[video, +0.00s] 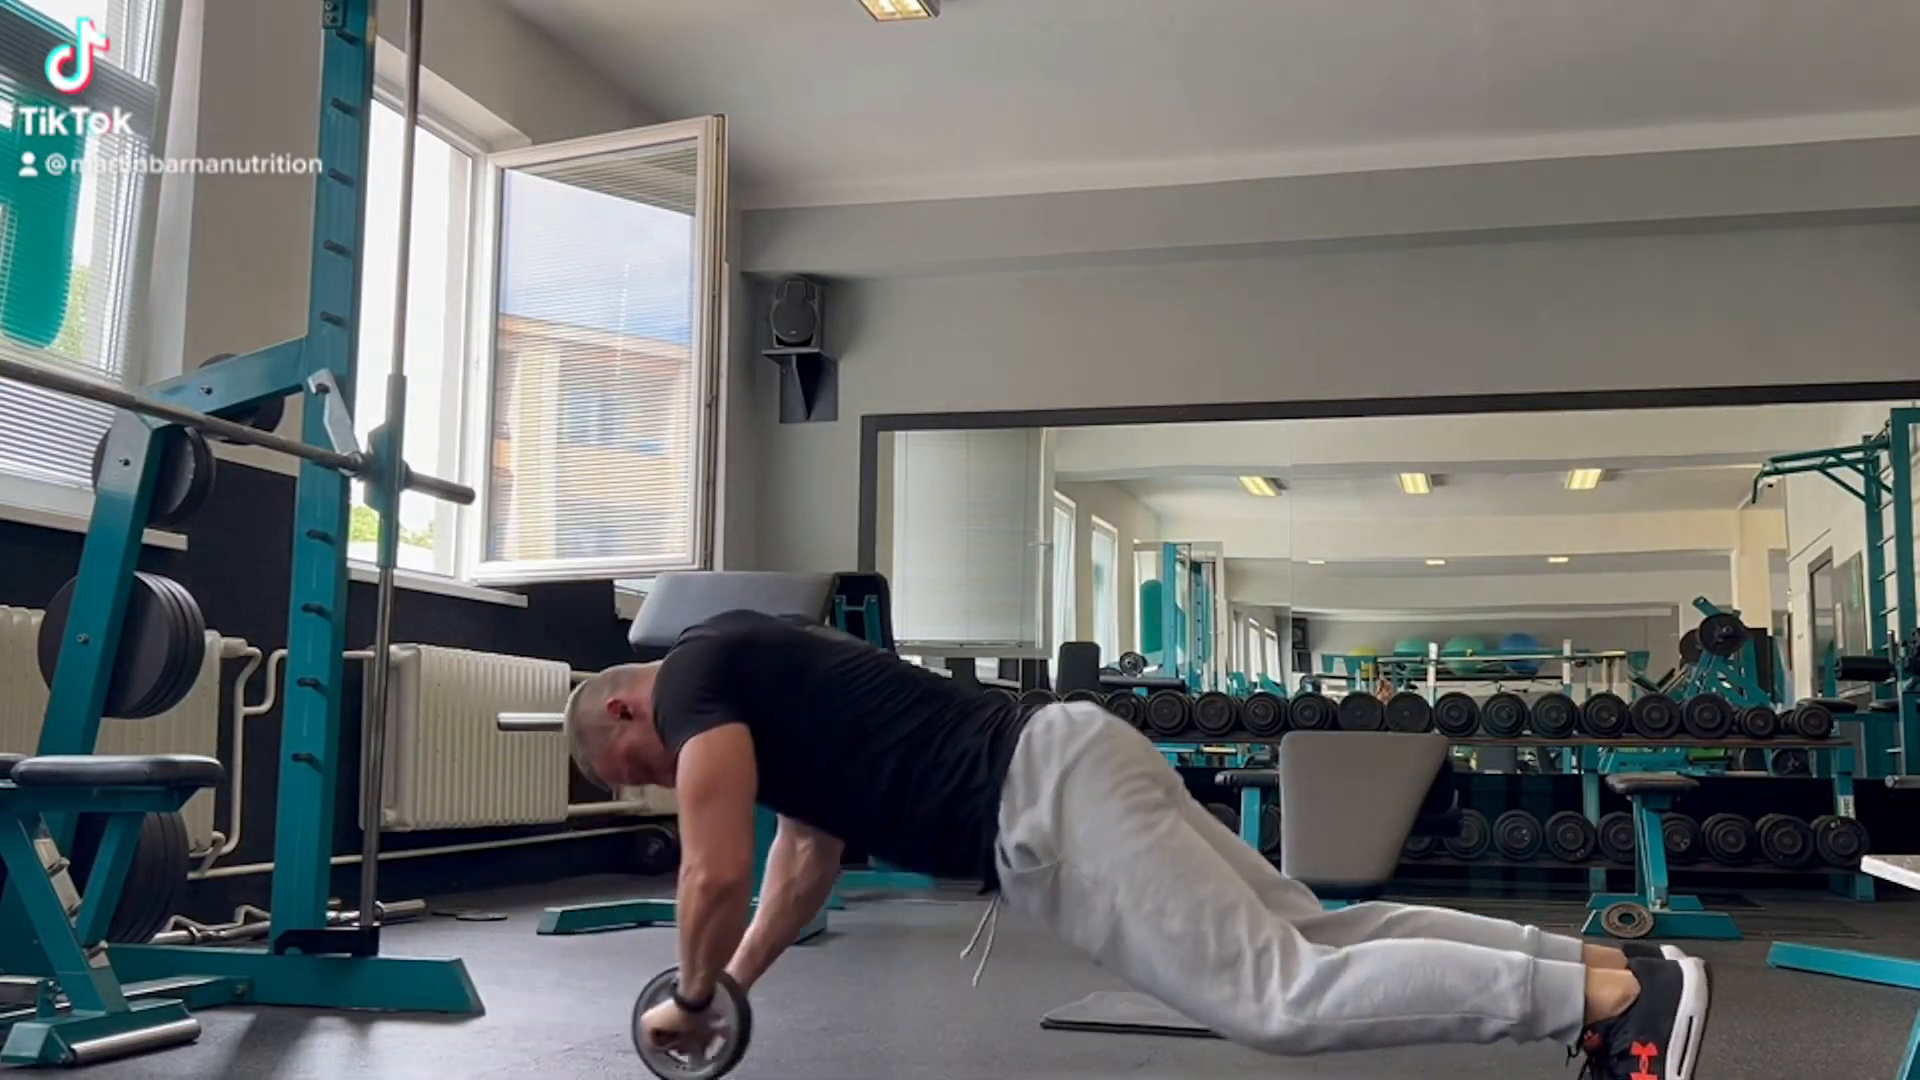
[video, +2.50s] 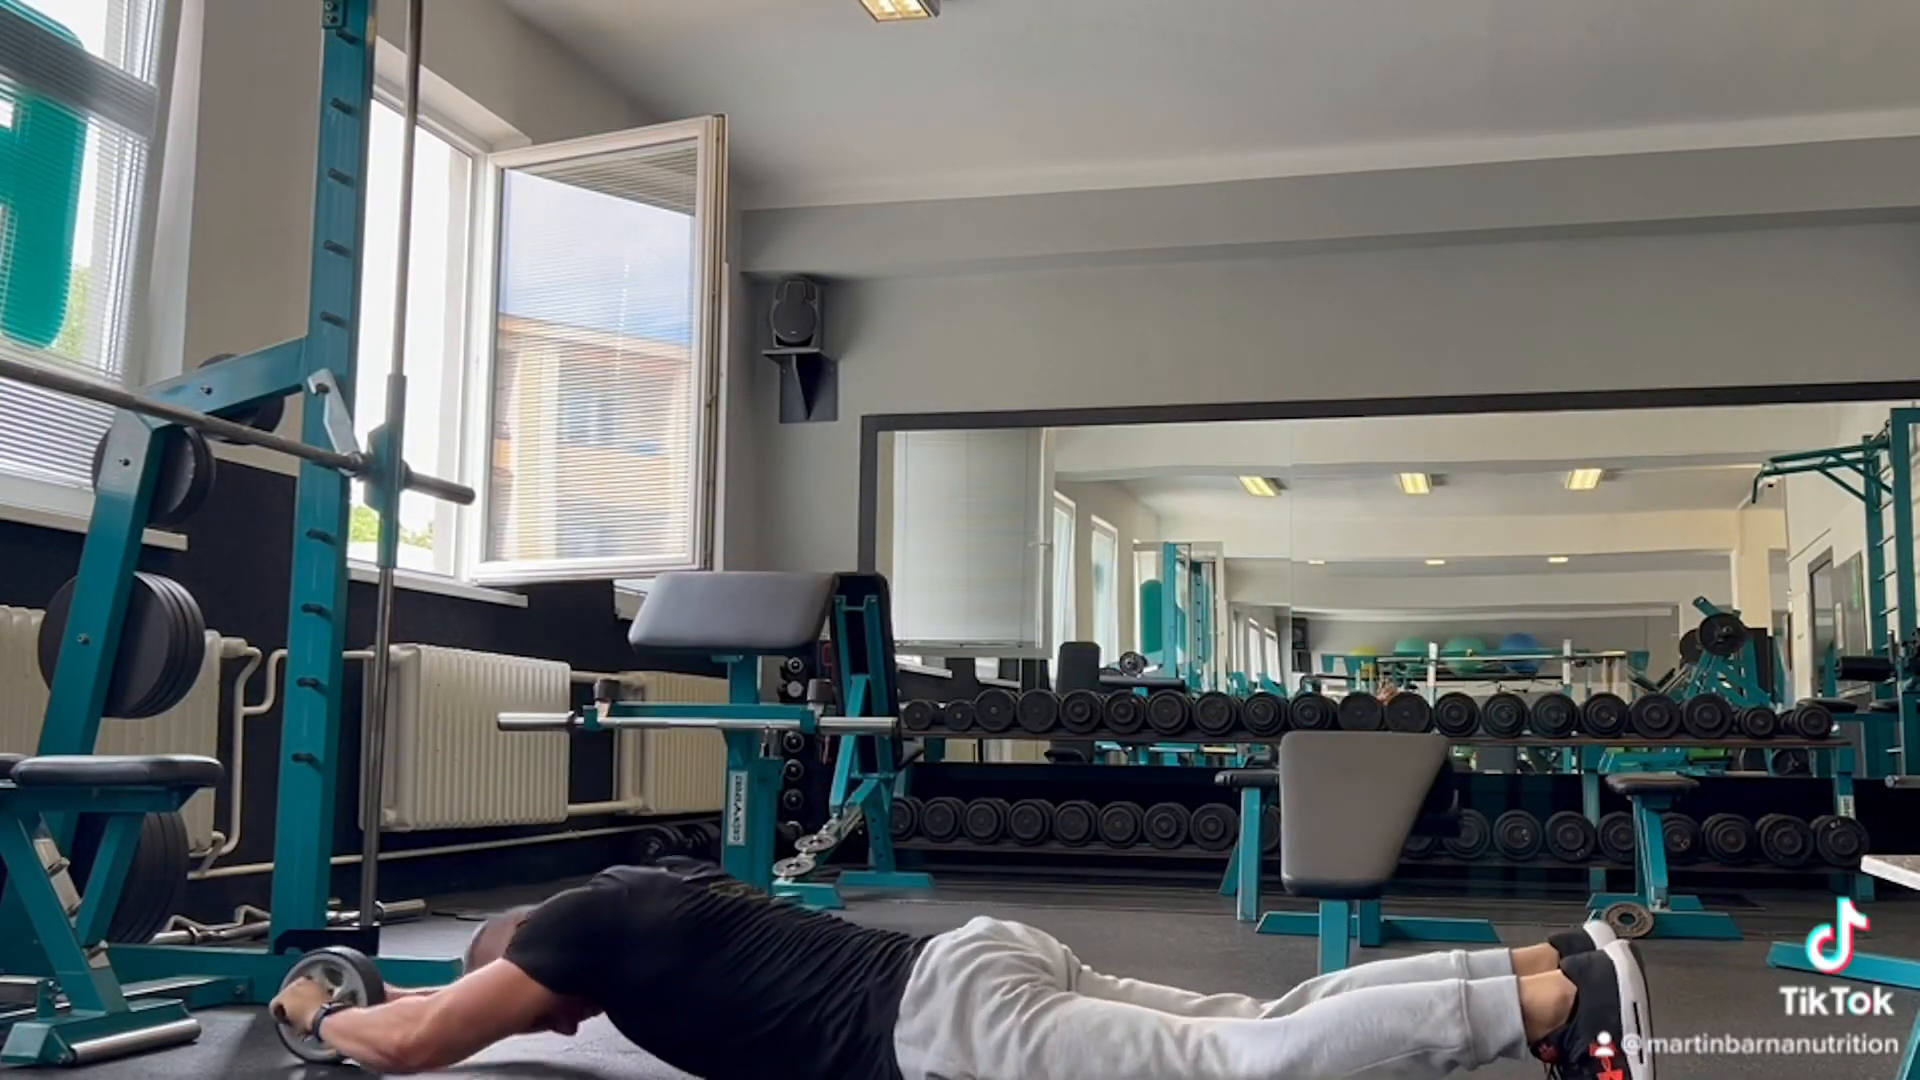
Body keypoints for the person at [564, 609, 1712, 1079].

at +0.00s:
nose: (649, 790)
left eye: (626, 774)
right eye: (635, 785)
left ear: (617, 706)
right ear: (641, 706)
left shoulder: (698, 670)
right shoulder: (763, 679)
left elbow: (720, 878)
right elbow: (808, 856)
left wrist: (689, 990)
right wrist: (737, 975)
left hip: (1053, 790)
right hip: (1065, 788)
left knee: (1285, 991)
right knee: (1301, 942)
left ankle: (1605, 993)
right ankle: (1598, 974)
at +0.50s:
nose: (981, 746)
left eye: (952, 731)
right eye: (955, 742)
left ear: (958, 662)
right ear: (962, 652)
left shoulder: (1065, 614)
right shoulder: (1066, 620)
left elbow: (1124, 840)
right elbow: (1137, 836)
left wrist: (1120, 1004)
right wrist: (1123, 991)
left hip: (1394, 526)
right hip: (1386, 534)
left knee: (1499, 822)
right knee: (1491, 819)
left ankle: (1742, 1040)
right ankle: (1680, 1010)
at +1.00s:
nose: (1154, 765)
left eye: (1133, 746)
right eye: (1133, 757)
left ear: (1155, 684)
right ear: (1164, 668)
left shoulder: (1264, 640)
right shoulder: (1272, 632)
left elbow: (1408, 851)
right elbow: (1418, 822)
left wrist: (1477, 1023)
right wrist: (1475, 998)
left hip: (1579, 490)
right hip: (1581, 484)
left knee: (1577, 794)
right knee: (1577, 789)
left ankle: (1772, 1056)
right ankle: (1715, 1024)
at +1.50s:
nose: (742, 682)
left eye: (730, 656)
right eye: (728, 664)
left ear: (764, 608)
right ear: (791, 597)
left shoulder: (853, 632)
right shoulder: (911, 643)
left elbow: (832, 847)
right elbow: (894, 863)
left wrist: (787, 990)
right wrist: (819, 987)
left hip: (1201, 637)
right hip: (1209, 639)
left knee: (1367, 903)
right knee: (1364, 893)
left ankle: (1675, 1007)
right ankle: (1659, 996)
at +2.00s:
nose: (559, 878)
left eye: (548, 857)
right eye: (549, 868)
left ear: (565, 795)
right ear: (597, 787)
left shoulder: (633, 800)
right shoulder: (701, 795)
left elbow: (536, 983)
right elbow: (637, 964)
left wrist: (452, 1016)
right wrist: (512, 997)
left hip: (987, 914)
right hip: (1013, 870)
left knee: (1250, 1044)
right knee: (1269, 988)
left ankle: (1567, 1003)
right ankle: (1566, 991)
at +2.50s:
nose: (496, 986)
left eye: (498, 969)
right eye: (496, 974)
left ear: (534, 925)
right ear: (579, 898)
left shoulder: (598, 920)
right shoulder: (663, 913)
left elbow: (403, 1047)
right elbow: (557, 1025)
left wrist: (327, 1013)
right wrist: (421, 1026)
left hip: (938, 1009)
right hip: (959, 961)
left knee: (1240, 1049)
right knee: (1240, 1022)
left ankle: (1534, 997)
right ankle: (1526, 991)